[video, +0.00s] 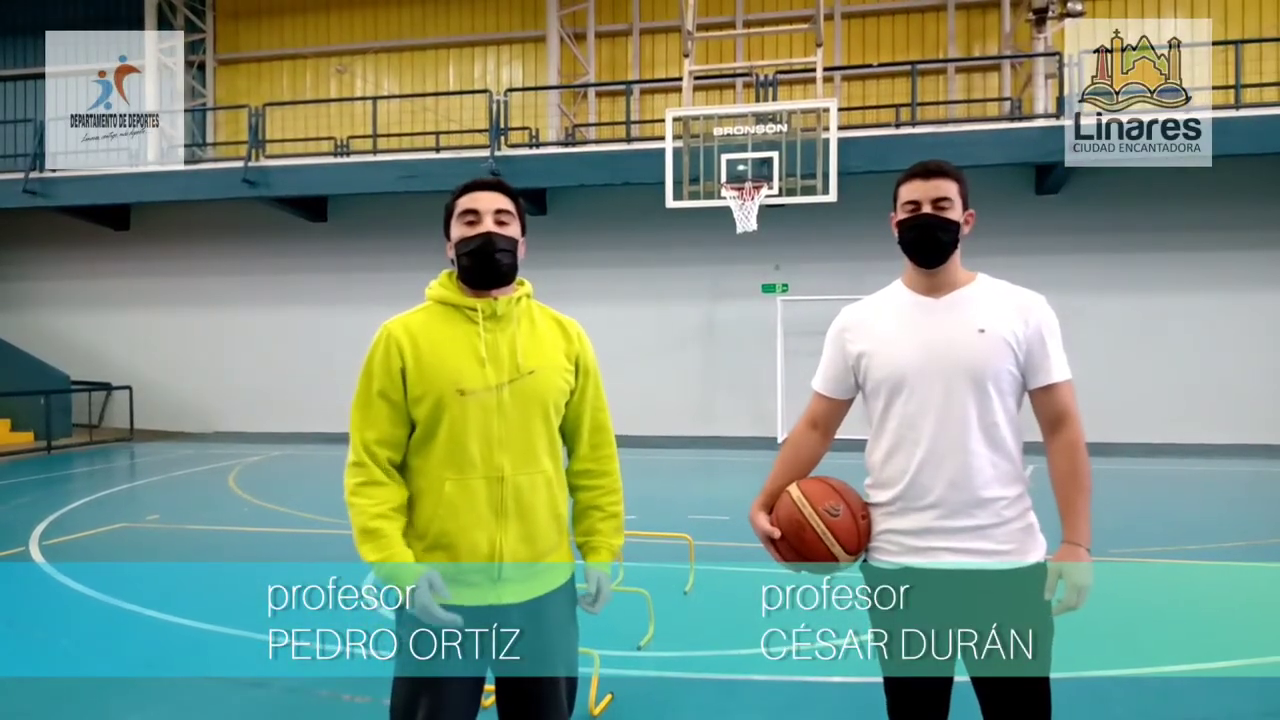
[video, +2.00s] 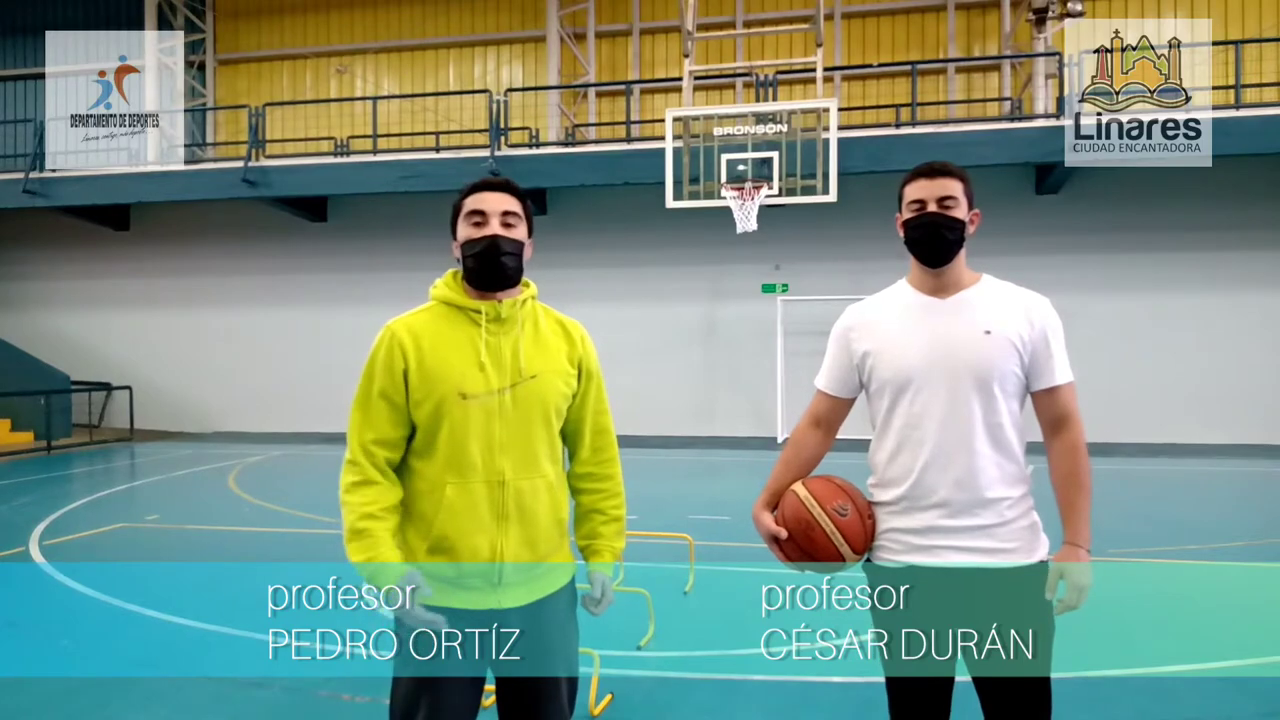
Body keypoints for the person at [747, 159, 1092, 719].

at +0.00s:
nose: (926, 217)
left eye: (941, 206)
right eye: (911, 208)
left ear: (967, 221)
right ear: (894, 226)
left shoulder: (1022, 313)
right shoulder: (857, 324)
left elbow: (1062, 429)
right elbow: (816, 426)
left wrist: (1075, 543)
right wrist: (763, 503)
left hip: (1005, 561)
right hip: (901, 563)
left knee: (1020, 712)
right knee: (913, 713)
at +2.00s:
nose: (931, 215)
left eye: (946, 204)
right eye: (916, 207)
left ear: (972, 220)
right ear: (899, 226)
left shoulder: (1026, 314)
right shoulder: (862, 323)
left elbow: (1063, 430)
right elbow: (818, 425)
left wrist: (1076, 543)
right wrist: (764, 503)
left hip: (1007, 559)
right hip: (904, 560)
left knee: (1020, 711)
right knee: (915, 712)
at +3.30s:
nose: (920, 215)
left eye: (935, 204)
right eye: (905, 210)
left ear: (964, 220)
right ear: (894, 232)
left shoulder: (1023, 313)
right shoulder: (860, 324)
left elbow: (1063, 423)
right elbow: (816, 425)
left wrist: (1060, 500)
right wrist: (763, 496)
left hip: (1001, 556)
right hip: (899, 557)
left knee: (1017, 709)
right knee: (911, 713)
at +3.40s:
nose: (915, 215)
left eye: (930, 204)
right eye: (901, 212)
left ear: (961, 219)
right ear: (891, 234)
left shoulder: (1021, 313)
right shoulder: (859, 324)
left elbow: (1066, 422)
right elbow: (815, 424)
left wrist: (1037, 435)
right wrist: (762, 494)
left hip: (998, 557)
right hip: (896, 557)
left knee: (1017, 710)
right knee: (909, 714)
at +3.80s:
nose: (900, 221)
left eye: (915, 209)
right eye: (887, 218)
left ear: (949, 222)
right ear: (880, 238)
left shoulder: (1003, 310)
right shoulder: (853, 324)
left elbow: (1053, 421)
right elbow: (812, 425)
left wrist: (1016, 348)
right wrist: (761, 489)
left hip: (983, 553)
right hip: (885, 554)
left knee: (1005, 710)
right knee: (902, 711)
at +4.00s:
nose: (946, 239)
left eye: (958, 230)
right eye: (929, 232)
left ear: (976, 250)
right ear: (910, 253)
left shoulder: (1020, 323)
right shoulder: (875, 344)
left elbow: (1102, 397)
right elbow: (855, 455)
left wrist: (1042, 406)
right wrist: (853, 544)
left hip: (1010, 547)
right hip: (915, 550)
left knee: (1022, 691)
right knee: (915, 696)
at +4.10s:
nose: (931, 236)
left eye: (945, 229)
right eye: (916, 230)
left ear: (965, 250)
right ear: (900, 257)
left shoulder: (1017, 327)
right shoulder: (870, 347)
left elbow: (1081, 419)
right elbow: (854, 453)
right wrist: (853, 535)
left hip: (1009, 553)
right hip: (912, 556)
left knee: (1029, 701)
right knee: (916, 702)